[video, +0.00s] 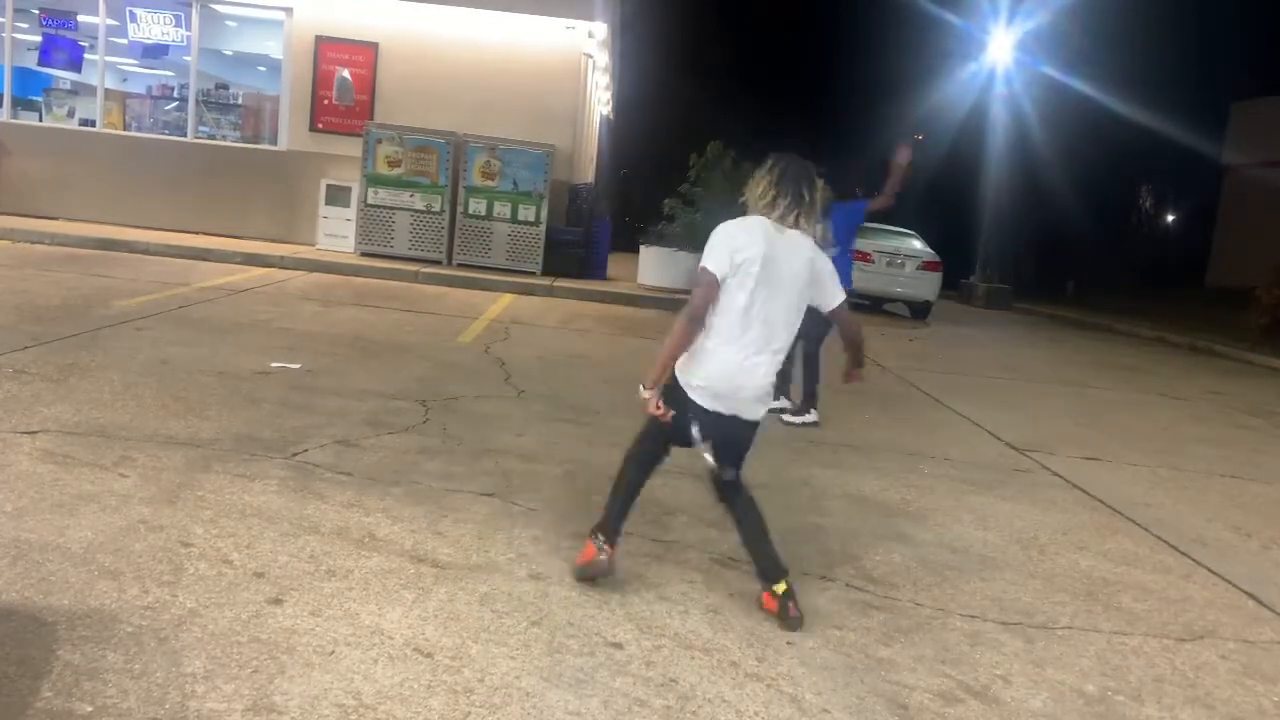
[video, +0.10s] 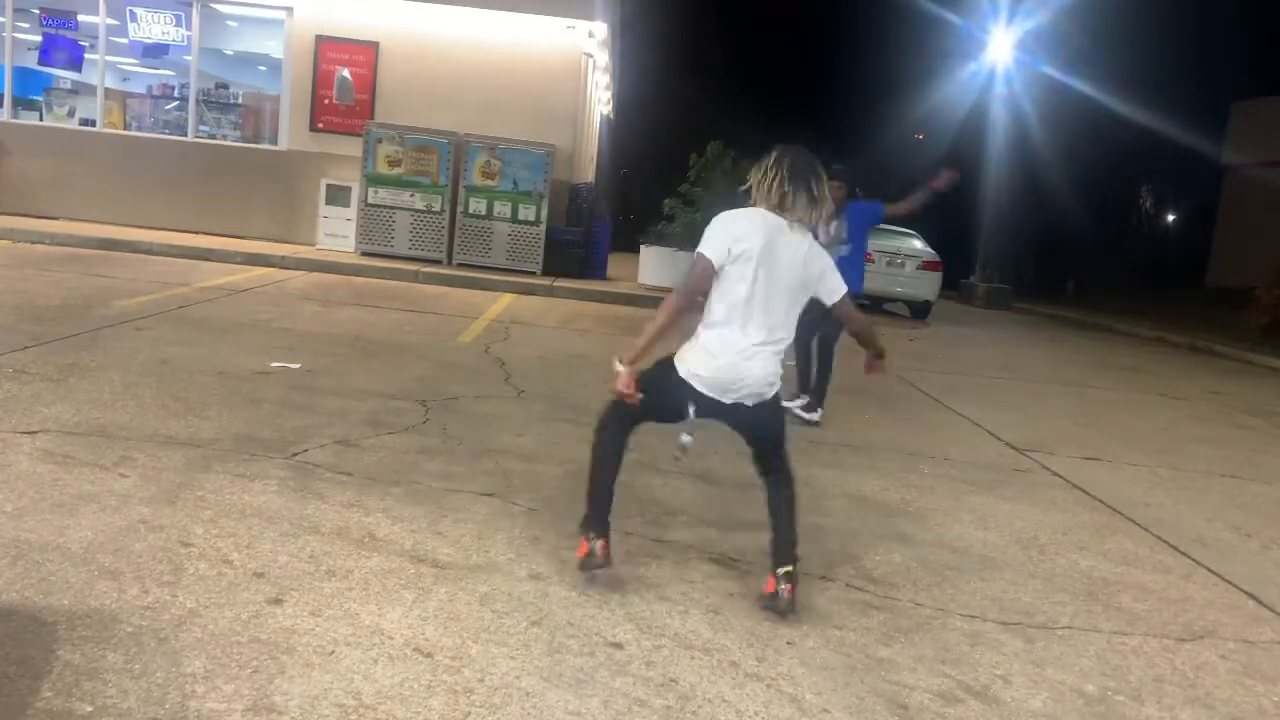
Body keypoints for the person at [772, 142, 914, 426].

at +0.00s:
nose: (811, 197)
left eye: (813, 192)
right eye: (809, 193)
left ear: (820, 194)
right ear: (809, 195)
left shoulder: (841, 212)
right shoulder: (795, 216)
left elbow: (885, 200)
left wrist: (898, 167)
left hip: (831, 292)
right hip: (802, 290)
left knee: (809, 345)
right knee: (785, 341)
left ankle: (808, 406)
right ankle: (780, 395)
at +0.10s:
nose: (833, 194)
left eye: (838, 189)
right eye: (829, 188)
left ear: (847, 192)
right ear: (822, 190)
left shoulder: (857, 211)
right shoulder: (814, 213)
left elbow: (903, 207)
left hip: (843, 290)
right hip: (817, 286)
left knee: (825, 341)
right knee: (802, 335)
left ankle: (815, 404)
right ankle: (802, 393)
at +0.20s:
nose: (844, 197)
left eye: (849, 192)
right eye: (840, 192)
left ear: (858, 194)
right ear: (833, 195)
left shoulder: (872, 216)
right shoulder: (824, 219)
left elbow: (914, 223)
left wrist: (954, 217)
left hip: (853, 292)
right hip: (825, 289)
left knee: (833, 345)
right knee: (818, 344)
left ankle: (821, 399)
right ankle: (834, 393)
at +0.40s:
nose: (869, 199)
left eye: (874, 194)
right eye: (865, 194)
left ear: (881, 196)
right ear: (858, 197)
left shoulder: (899, 220)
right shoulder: (852, 225)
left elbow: (918, 248)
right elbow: (843, 260)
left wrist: (931, 263)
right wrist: (830, 283)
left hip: (885, 293)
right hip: (859, 292)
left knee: (857, 341)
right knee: (853, 343)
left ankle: (847, 403)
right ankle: (845, 401)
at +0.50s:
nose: (889, 203)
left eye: (894, 198)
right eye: (885, 198)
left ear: (901, 201)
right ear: (879, 201)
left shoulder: (917, 226)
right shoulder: (874, 226)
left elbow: (925, 265)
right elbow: (865, 263)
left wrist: (927, 299)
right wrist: (846, 288)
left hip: (904, 298)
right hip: (877, 297)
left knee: (890, 352)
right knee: (859, 345)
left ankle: (898, 412)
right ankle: (847, 400)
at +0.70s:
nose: (909, 214)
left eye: (915, 209)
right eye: (906, 209)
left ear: (924, 212)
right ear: (901, 210)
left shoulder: (939, 238)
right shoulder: (895, 233)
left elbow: (946, 281)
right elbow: (887, 266)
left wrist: (942, 322)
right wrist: (875, 296)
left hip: (925, 307)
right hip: (899, 304)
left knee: (913, 358)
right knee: (874, 349)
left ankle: (917, 417)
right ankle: (854, 400)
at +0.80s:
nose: (922, 211)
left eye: (928, 207)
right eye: (918, 206)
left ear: (937, 209)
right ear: (913, 207)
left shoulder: (950, 234)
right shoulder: (906, 231)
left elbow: (964, 274)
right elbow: (899, 269)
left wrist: (952, 311)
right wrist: (888, 302)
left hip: (938, 306)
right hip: (912, 304)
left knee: (927, 356)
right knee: (896, 350)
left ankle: (921, 413)